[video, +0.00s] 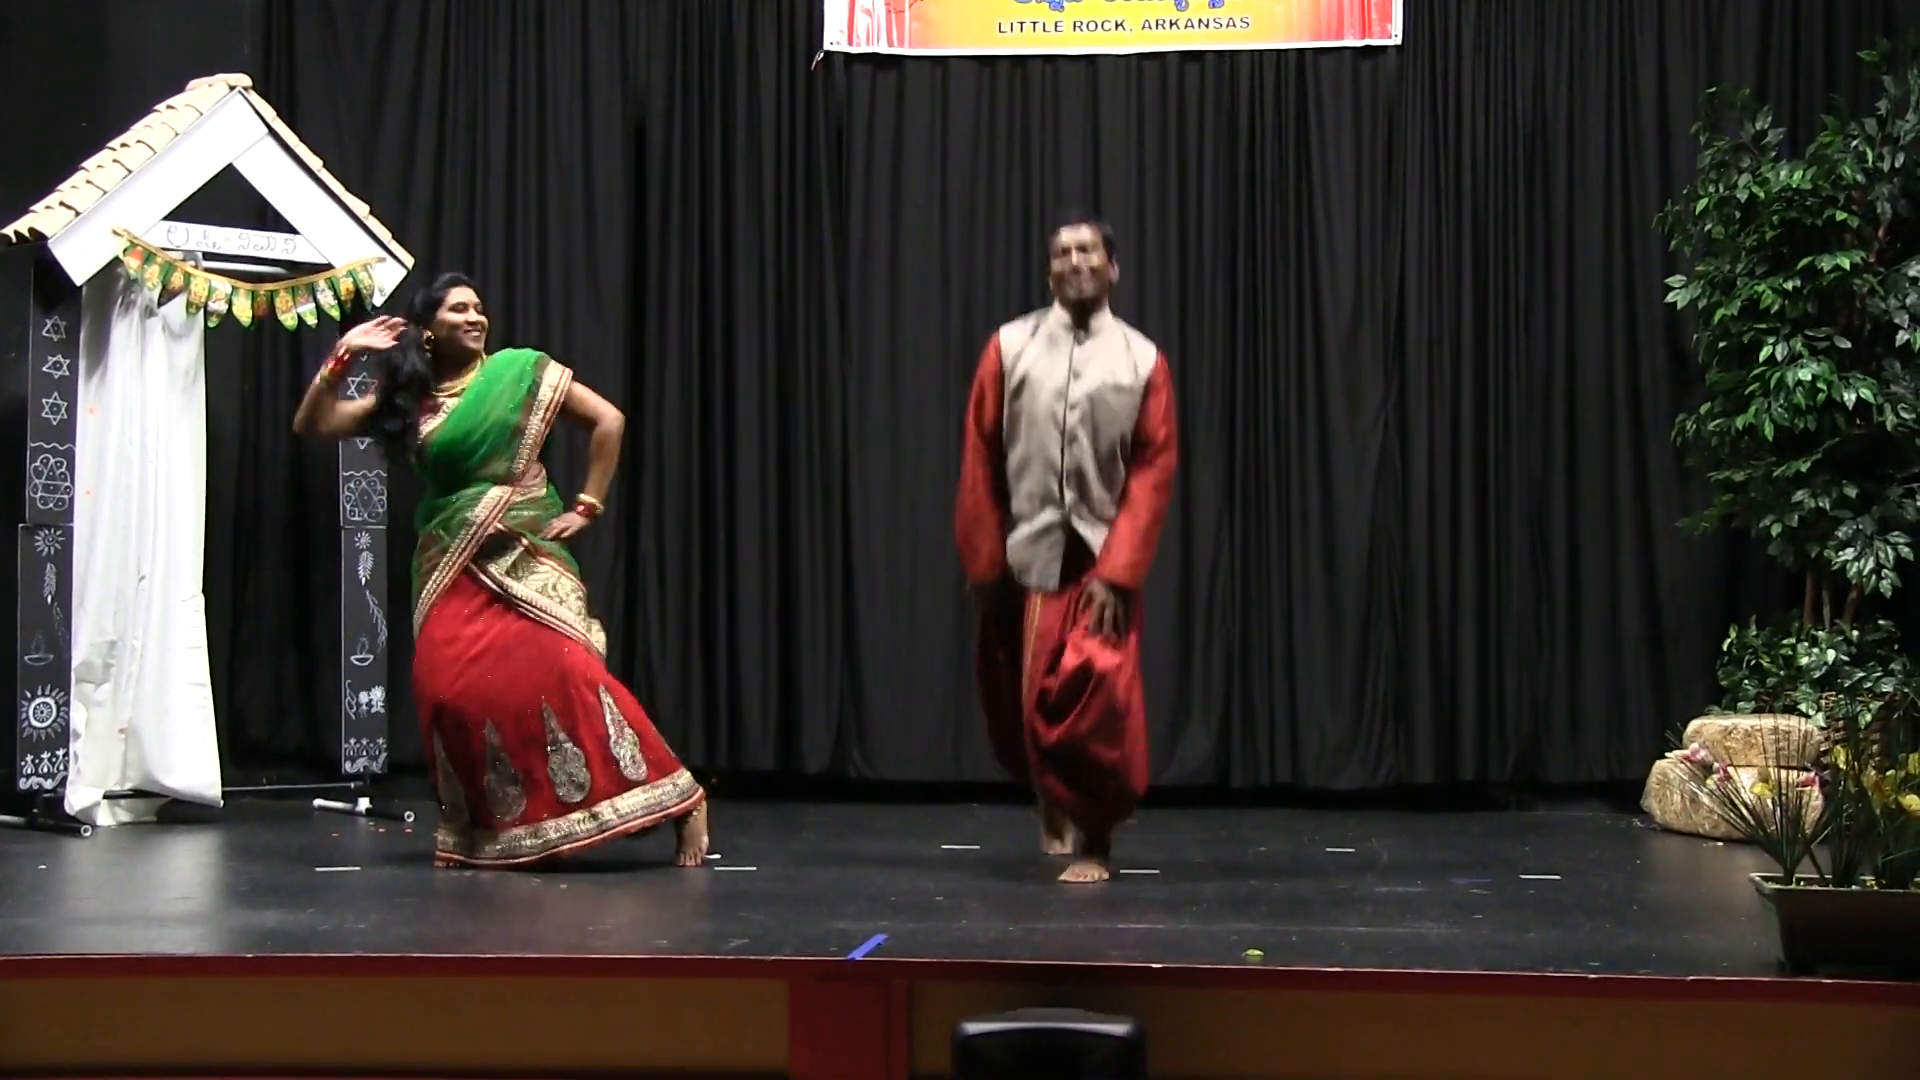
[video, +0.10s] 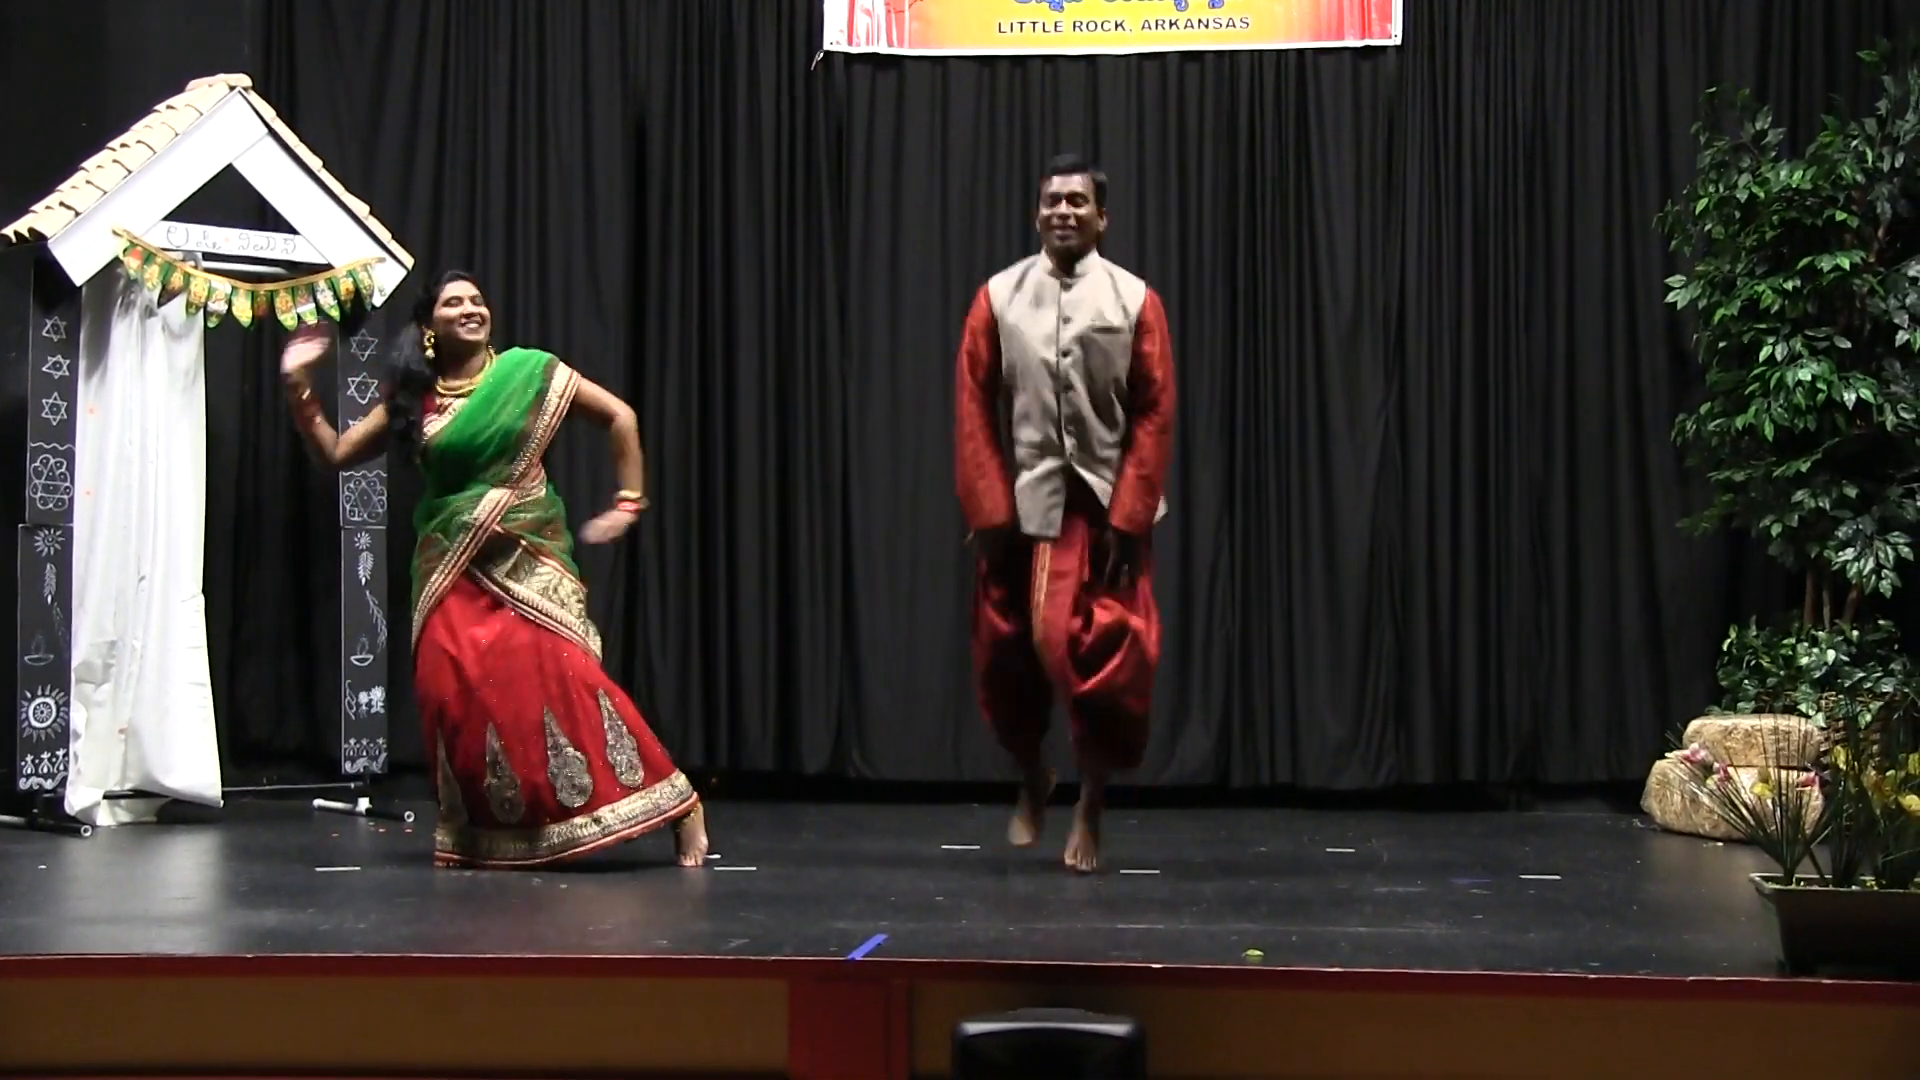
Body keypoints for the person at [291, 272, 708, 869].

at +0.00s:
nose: (474, 316)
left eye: (478, 309)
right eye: (458, 308)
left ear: (488, 322)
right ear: (426, 326)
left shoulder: (519, 369)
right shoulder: (409, 396)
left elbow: (608, 419)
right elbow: (313, 424)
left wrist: (589, 503)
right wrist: (341, 356)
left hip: (531, 549)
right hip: (451, 558)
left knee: (573, 671)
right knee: (440, 689)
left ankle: (685, 798)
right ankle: (461, 821)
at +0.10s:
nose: (470, 310)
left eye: (477, 302)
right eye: (454, 303)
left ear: (491, 317)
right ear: (430, 323)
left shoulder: (528, 369)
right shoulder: (415, 393)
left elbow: (620, 415)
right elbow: (335, 451)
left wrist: (630, 499)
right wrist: (297, 389)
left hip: (531, 550)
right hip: (450, 557)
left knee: (569, 678)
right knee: (443, 687)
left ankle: (682, 803)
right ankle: (458, 828)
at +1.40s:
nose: (490, 304)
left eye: (505, 297)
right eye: (491, 295)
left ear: (538, 314)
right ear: (487, 304)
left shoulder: (565, 383)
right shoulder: (448, 372)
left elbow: (656, 397)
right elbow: (405, 450)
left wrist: (615, 343)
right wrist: (385, 532)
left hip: (521, 550)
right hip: (442, 547)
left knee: (518, 685)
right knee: (368, 664)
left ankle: (521, 834)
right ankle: (317, 819)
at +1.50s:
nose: (492, 307)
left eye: (507, 300)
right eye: (493, 297)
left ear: (536, 316)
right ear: (488, 304)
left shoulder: (560, 387)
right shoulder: (444, 375)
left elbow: (650, 405)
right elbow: (403, 456)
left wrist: (601, 353)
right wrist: (392, 540)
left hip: (519, 555)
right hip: (441, 552)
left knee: (513, 687)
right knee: (376, 674)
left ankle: (517, 837)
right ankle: (327, 827)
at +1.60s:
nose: (487, 305)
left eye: (499, 297)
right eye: (489, 296)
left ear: (534, 310)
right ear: (492, 308)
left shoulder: (570, 377)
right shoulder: (455, 376)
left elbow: (651, 379)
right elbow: (402, 448)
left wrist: (596, 332)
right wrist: (376, 526)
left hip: (506, 539)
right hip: (427, 533)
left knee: (497, 678)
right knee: (368, 665)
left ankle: (497, 831)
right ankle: (320, 829)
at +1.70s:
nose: (489, 305)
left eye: (503, 297)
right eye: (491, 296)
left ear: (538, 312)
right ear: (494, 306)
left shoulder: (576, 374)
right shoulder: (462, 372)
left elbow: (657, 363)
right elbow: (398, 435)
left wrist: (601, 321)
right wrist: (371, 512)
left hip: (504, 539)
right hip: (428, 530)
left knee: (487, 682)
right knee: (365, 631)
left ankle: (519, 825)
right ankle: (320, 814)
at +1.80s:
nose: (499, 308)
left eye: (513, 300)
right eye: (499, 298)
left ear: (547, 317)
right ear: (496, 307)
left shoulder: (574, 385)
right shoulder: (460, 371)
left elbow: (656, 392)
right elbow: (405, 444)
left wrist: (605, 344)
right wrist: (383, 524)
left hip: (507, 555)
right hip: (431, 546)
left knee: (489, 689)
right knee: (364, 658)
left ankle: (484, 838)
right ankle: (318, 823)